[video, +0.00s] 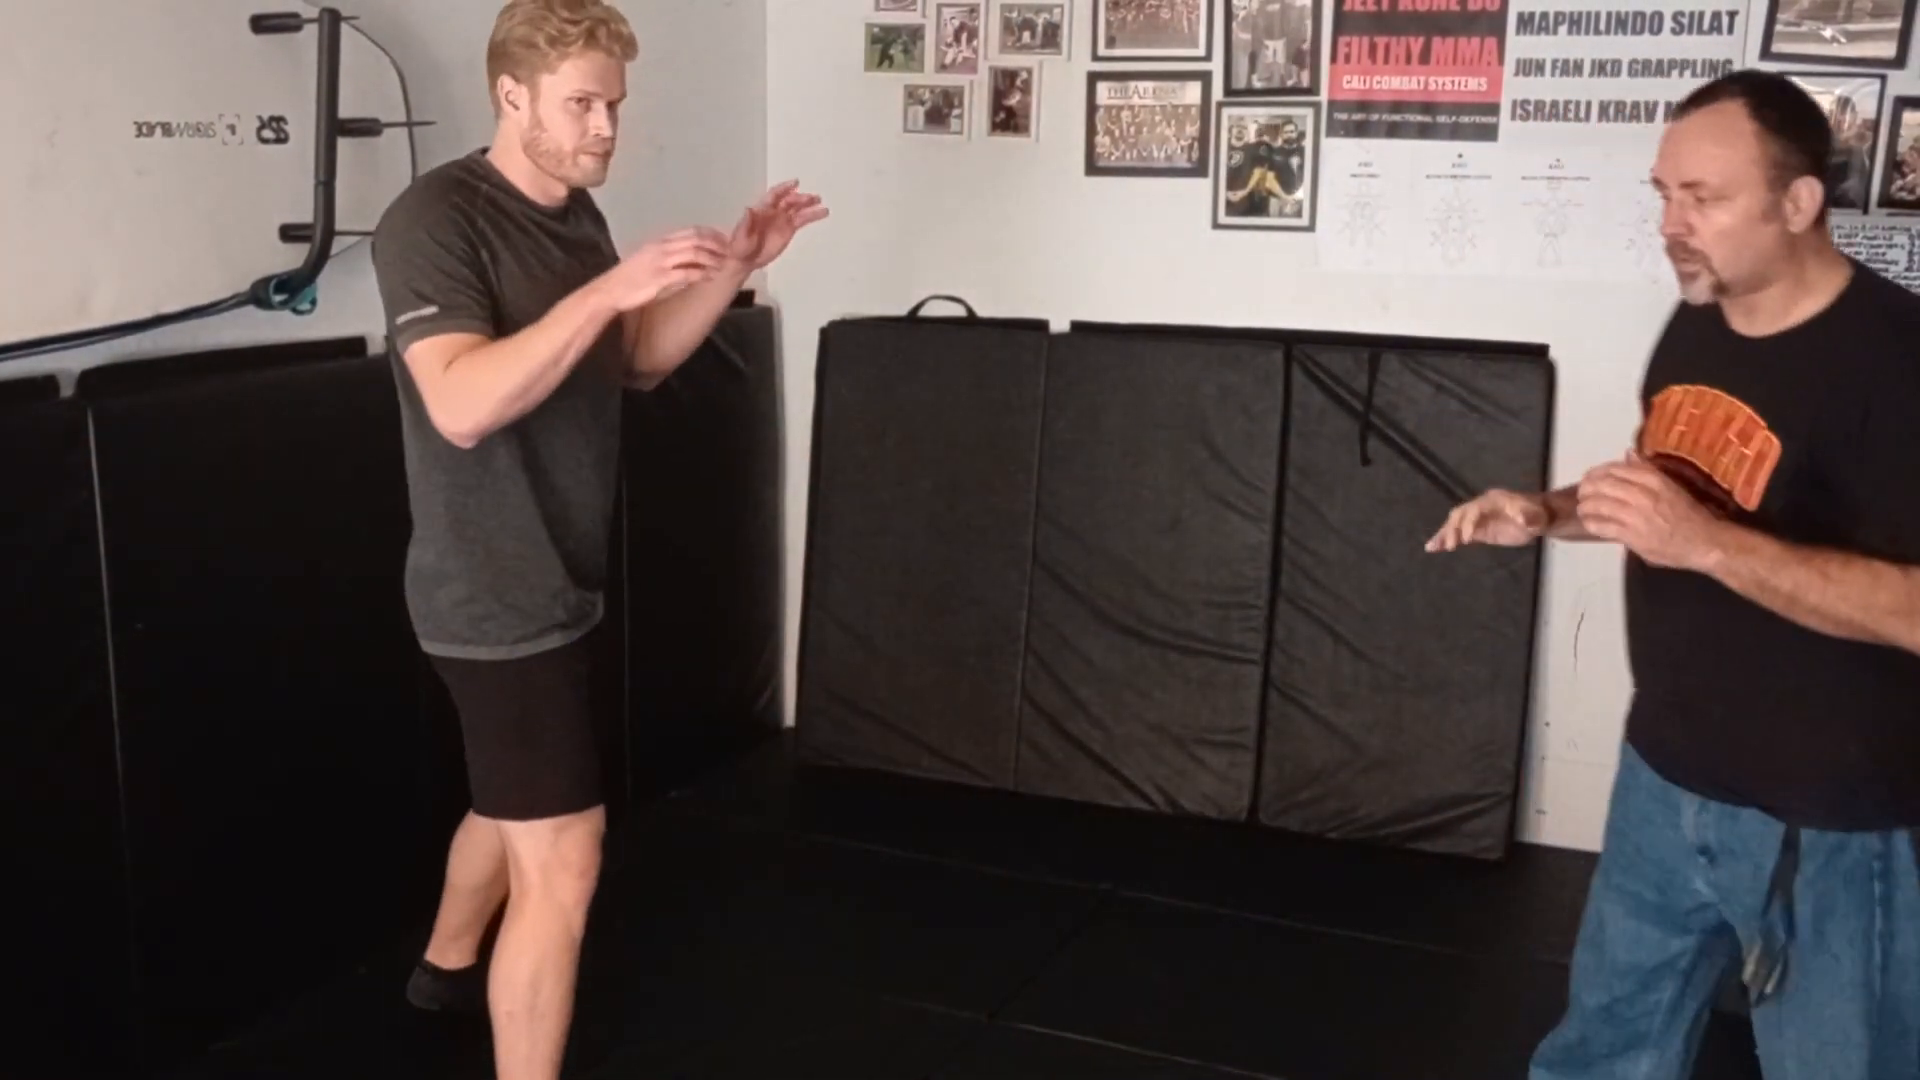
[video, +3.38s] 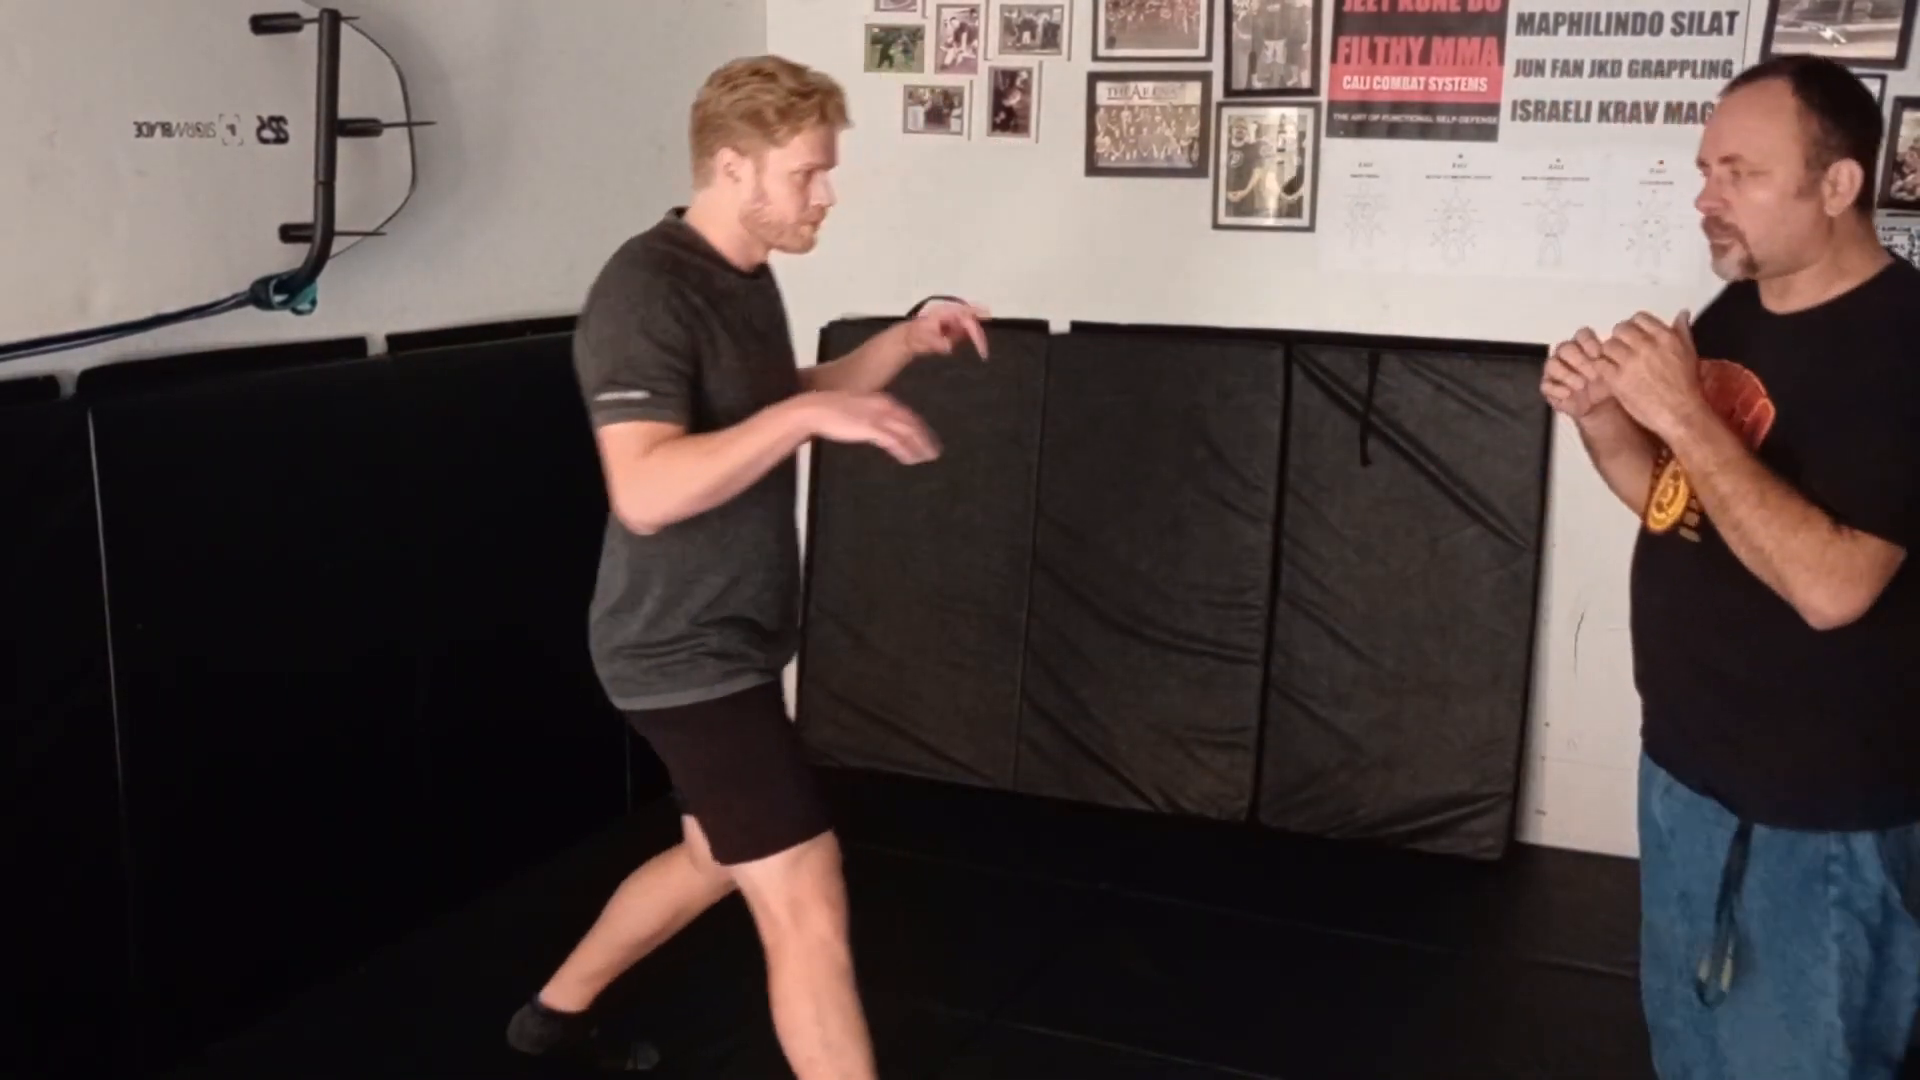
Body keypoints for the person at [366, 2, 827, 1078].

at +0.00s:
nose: (606, 125)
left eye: (615, 102)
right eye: (582, 103)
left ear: (620, 100)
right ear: (512, 100)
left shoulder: (581, 223)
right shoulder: (429, 221)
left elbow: (640, 358)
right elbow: (458, 404)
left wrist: (735, 266)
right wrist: (606, 293)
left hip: (568, 587)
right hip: (494, 605)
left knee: (503, 808)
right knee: (560, 871)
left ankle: (441, 978)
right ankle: (524, 1074)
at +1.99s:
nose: (670, 162)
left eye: (679, 139)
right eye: (650, 139)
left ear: (681, 134)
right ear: (579, 127)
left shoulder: (661, 241)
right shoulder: (499, 231)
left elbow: (752, 340)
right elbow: (437, 381)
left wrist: (802, 231)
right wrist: (571, 243)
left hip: (614, 589)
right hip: (518, 600)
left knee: (651, 806)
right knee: (600, 865)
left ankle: (476, 972)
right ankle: (525, 1074)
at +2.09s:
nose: (702, 154)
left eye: (708, 130)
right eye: (684, 130)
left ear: (694, 124)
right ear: (609, 119)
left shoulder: (671, 233)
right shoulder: (525, 228)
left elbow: (759, 333)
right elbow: (451, 381)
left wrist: (813, 218)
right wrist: (576, 247)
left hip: (654, 585)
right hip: (566, 597)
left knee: (667, 840)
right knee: (701, 849)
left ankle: (566, 1053)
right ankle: (558, 1064)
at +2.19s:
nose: (732, 165)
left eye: (736, 141)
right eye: (711, 143)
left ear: (662, 138)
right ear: (637, 135)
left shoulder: (696, 259)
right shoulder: (554, 247)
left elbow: (786, 361)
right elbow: (468, 411)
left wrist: (830, 240)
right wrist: (586, 277)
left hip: (688, 601)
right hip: (608, 613)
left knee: (693, 848)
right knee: (791, 841)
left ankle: (562, 1053)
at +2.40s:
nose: (826, 183)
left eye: (828, 159)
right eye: (804, 161)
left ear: (749, 158)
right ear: (728, 156)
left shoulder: (774, 280)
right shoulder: (644, 276)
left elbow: (859, 403)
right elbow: (549, 446)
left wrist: (923, 291)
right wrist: (666, 305)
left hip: (761, 637)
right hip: (702, 656)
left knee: (728, 876)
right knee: (857, 900)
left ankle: (569, 1050)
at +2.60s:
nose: (900, 183)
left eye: (905, 156)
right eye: (880, 159)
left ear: (906, 147)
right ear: (803, 154)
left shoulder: (852, 262)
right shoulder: (723, 262)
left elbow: (945, 400)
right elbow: (695, 439)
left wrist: (999, 269)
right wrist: (824, 278)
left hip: (779, 627)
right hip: (734, 640)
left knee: (716, 858)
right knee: (880, 899)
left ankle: (568, 1046)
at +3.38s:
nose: (825, 201)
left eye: (827, 176)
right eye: (810, 177)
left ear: (743, 168)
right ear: (733, 167)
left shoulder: (745, 277)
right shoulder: (641, 289)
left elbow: (781, 412)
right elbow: (644, 492)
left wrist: (902, 340)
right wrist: (804, 414)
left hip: (740, 636)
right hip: (678, 653)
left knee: (716, 853)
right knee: (804, 900)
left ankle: (552, 1015)